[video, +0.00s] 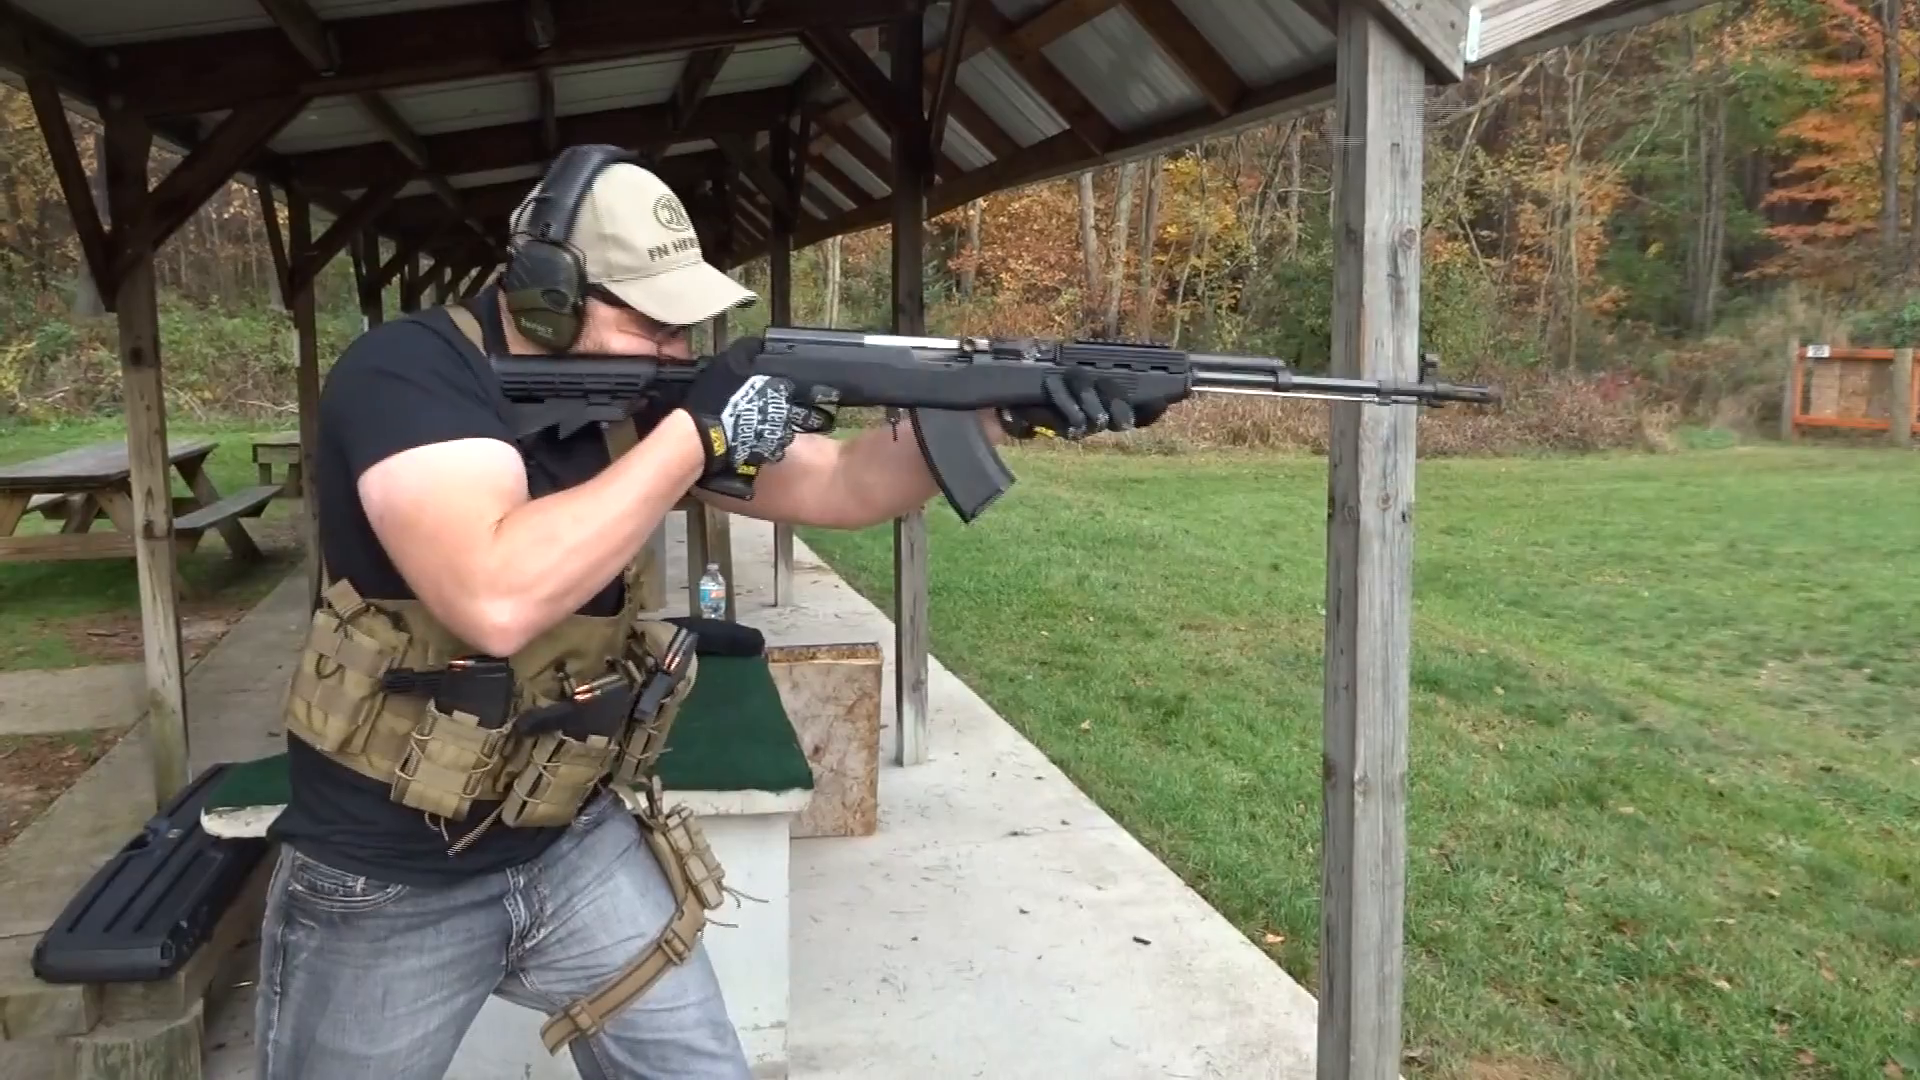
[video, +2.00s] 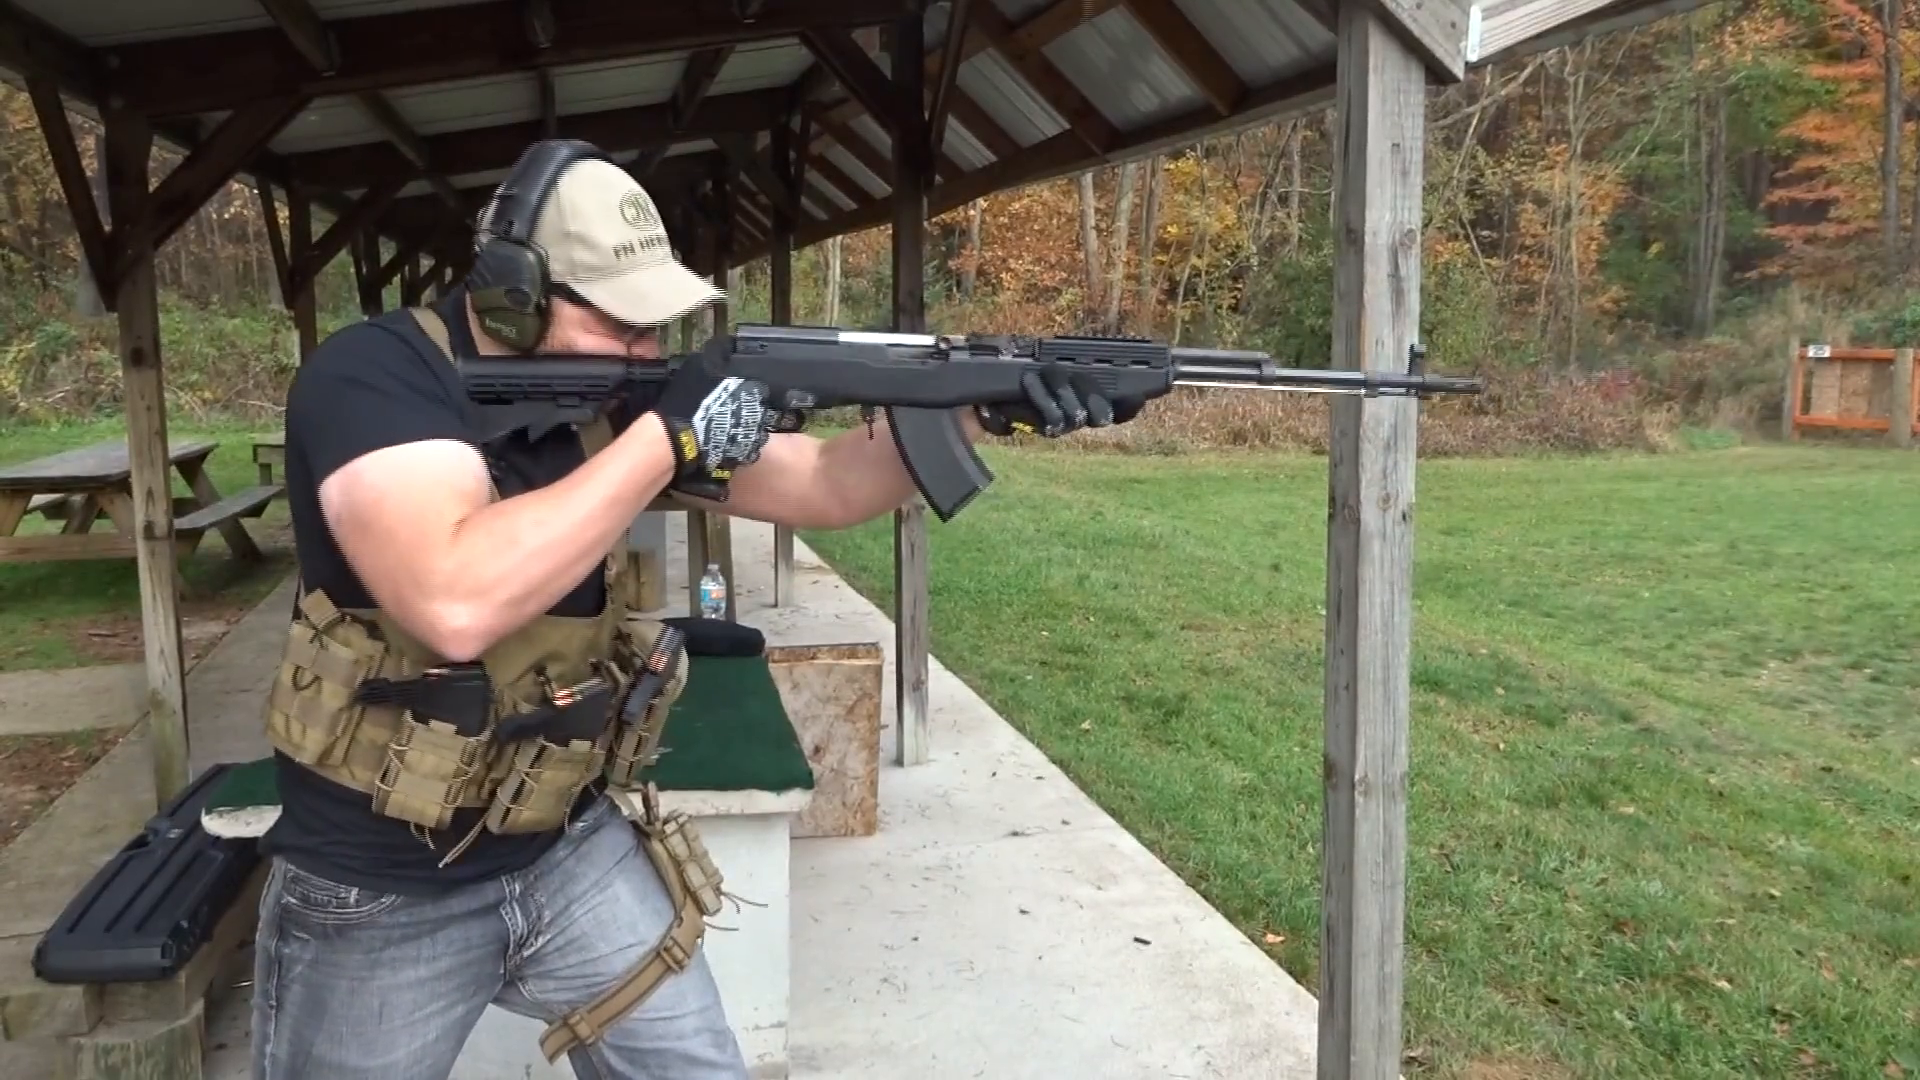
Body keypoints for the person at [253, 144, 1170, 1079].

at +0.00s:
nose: (670, 350)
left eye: (677, 327)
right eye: (644, 324)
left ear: (669, 304)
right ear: (547, 299)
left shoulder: (629, 400)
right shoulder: (398, 380)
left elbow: (842, 478)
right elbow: (495, 596)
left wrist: (1025, 399)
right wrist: (696, 428)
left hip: (580, 844)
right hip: (385, 886)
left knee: (704, 1068)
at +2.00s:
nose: (641, 353)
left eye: (650, 327)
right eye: (613, 326)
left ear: (657, 300)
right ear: (511, 299)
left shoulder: (615, 407)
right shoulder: (366, 379)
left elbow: (825, 479)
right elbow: (455, 602)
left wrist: (1003, 396)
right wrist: (671, 432)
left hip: (574, 850)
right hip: (379, 898)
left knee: (700, 1065)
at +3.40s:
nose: (752, 278)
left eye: (756, 249)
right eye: (723, 250)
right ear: (623, 240)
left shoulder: (741, 385)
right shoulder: (497, 375)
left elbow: (897, 525)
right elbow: (528, 622)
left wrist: (985, 458)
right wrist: (769, 500)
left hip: (693, 827)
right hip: (493, 860)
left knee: (787, 1066)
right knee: (428, 1066)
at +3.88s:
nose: (622, 283)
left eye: (639, 243)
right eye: (579, 255)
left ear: (672, 236)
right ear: (503, 260)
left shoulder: (729, 357)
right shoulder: (430, 421)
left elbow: (915, 510)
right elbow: (450, 745)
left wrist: (969, 470)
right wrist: (699, 571)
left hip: (721, 847)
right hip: (514, 885)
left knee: (785, 1062)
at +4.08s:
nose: (502, 318)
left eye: (520, 271)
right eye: (457, 288)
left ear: (563, 247)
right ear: (377, 285)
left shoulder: (644, 361)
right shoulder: (311, 465)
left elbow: (842, 496)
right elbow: (356, 811)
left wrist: (911, 490)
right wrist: (610, 619)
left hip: (648, 874)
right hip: (431, 937)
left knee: (722, 1060)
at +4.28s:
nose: (446, 330)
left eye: (468, 282)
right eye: (395, 304)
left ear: (502, 230)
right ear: (297, 281)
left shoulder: (587, 356)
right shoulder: (219, 468)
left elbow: (775, 492)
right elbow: (230, 827)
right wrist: (464, 657)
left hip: (616, 893)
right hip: (384, 956)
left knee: (676, 1064)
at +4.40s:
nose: (448, 344)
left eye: (471, 299)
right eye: (400, 315)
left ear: (509, 243)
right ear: (302, 277)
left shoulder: (599, 390)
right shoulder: (203, 463)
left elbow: (767, 580)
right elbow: (177, 828)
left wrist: (802, 658)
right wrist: (396, 689)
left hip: (600, 913)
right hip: (364, 964)